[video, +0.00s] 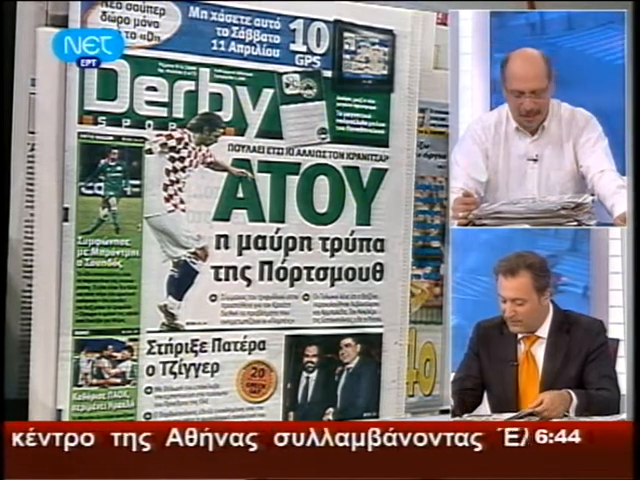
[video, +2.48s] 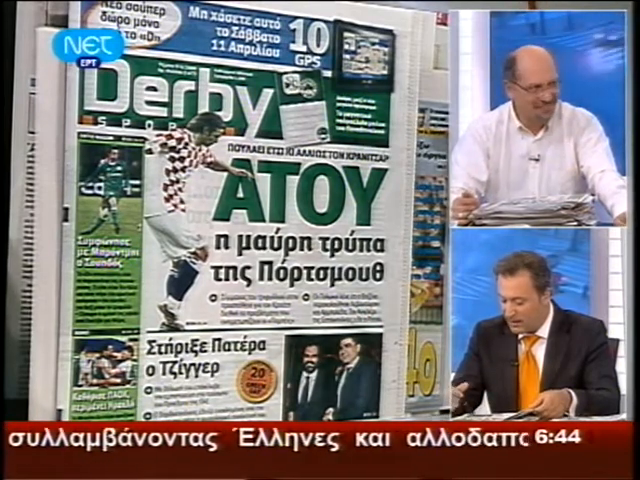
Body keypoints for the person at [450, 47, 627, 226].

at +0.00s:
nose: (528, 106)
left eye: (537, 94)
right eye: (518, 95)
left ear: (551, 86)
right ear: (504, 90)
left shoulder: (580, 124)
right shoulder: (482, 131)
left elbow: (604, 174)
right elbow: (462, 187)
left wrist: (624, 211)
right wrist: (462, 208)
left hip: (567, 245)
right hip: (499, 245)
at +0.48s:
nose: (527, 106)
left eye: (536, 95)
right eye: (517, 96)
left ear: (551, 87)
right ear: (504, 90)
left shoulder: (579, 124)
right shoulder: (482, 131)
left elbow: (603, 174)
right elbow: (462, 188)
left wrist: (624, 212)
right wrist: (462, 208)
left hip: (567, 244)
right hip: (499, 244)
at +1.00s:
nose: (526, 103)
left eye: (536, 92)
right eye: (517, 93)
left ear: (550, 86)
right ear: (504, 87)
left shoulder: (579, 123)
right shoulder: (482, 130)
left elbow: (603, 173)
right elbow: (462, 187)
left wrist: (624, 211)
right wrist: (462, 208)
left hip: (568, 244)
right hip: (500, 245)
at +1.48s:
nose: (527, 106)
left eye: (536, 96)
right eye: (517, 96)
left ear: (551, 88)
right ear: (504, 90)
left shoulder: (579, 124)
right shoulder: (482, 130)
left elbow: (603, 174)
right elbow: (462, 188)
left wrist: (624, 212)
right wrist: (462, 208)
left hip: (567, 245)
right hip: (499, 244)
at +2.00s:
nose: (549, 96)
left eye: (553, 84)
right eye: (536, 88)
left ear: (559, 81)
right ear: (511, 89)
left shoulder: (581, 123)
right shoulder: (484, 130)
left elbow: (604, 173)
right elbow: (463, 187)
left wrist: (624, 210)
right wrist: (463, 208)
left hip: (567, 245)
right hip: (499, 245)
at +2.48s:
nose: (548, 96)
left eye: (552, 84)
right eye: (535, 88)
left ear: (559, 81)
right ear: (511, 89)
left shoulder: (581, 124)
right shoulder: (484, 130)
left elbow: (604, 173)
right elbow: (463, 187)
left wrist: (624, 210)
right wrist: (463, 208)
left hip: (568, 244)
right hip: (500, 245)